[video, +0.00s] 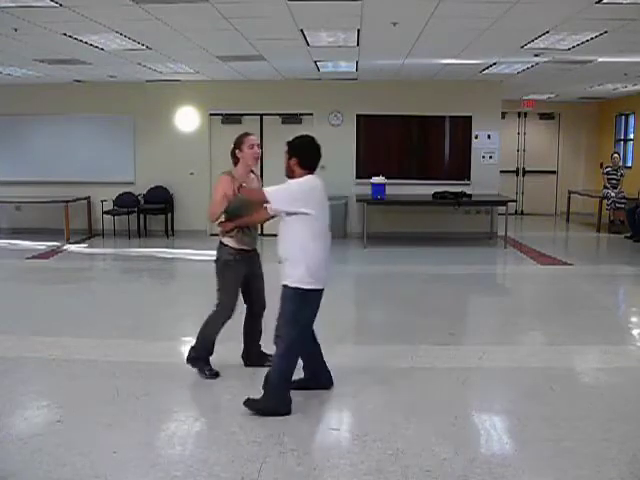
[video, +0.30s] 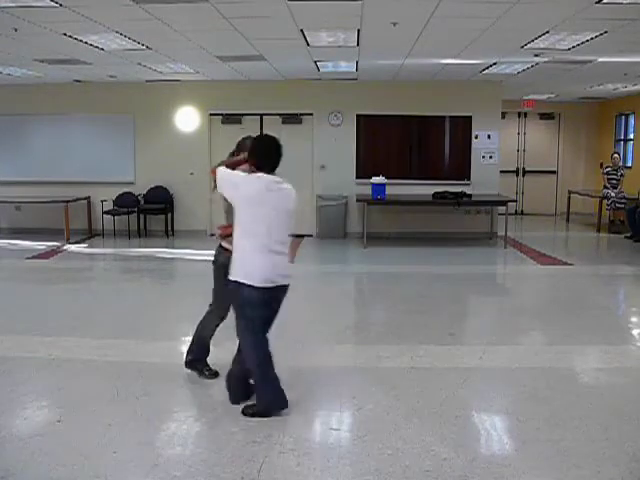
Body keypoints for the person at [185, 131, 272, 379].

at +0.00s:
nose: (258, 151)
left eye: (259, 147)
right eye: (252, 147)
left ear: (258, 151)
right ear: (238, 152)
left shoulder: (256, 180)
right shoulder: (227, 180)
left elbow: (255, 213)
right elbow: (214, 215)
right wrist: (232, 199)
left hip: (250, 252)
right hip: (230, 252)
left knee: (257, 305)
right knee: (226, 308)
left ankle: (252, 353)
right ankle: (198, 355)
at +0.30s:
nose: (250, 166)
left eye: (252, 161)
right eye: (246, 160)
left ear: (255, 161)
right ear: (237, 158)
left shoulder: (259, 186)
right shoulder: (223, 186)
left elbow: (267, 223)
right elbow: (219, 230)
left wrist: (235, 229)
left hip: (250, 254)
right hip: (228, 253)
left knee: (250, 317)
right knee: (219, 309)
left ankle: (244, 369)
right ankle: (195, 357)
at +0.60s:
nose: (248, 157)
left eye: (245, 153)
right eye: (246, 154)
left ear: (218, 156)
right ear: (243, 158)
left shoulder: (209, 177)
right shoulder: (255, 190)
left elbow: (225, 156)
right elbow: (269, 226)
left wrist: (250, 134)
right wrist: (258, 246)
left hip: (210, 267)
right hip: (240, 269)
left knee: (216, 315)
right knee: (243, 329)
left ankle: (194, 369)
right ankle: (238, 389)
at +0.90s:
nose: (228, 158)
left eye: (229, 153)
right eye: (223, 154)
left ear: (219, 157)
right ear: (207, 159)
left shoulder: (210, 179)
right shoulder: (209, 185)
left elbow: (229, 195)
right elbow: (207, 225)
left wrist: (245, 179)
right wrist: (233, 252)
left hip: (203, 263)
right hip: (206, 265)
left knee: (206, 316)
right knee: (215, 320)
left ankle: (194, 362)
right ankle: (205, 379)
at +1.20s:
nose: (227, 162)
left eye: (228, 157)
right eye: (221, 158)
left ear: (229, 159)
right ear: (205, 162)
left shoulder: (232, 187)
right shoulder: (195, 188)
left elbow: (239, 217)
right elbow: (207, 221)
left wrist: (252, 215)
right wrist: (240, 220)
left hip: (220, 265)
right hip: (192, 264)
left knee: (212, 316)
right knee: (190, 311)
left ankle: (196, 362)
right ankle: (196, 342)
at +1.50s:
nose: (250, 165)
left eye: (251, 160)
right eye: (244, 160)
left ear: (254, 161)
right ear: (229, 162)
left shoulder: (256, 186)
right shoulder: (215, 187)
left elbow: (265, 219)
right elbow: (223, 223)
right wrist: (243, 194)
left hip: (246, 261)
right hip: (216, 261)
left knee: (259, 302)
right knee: (212, 304)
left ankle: (261, 348)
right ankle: (206, 344)